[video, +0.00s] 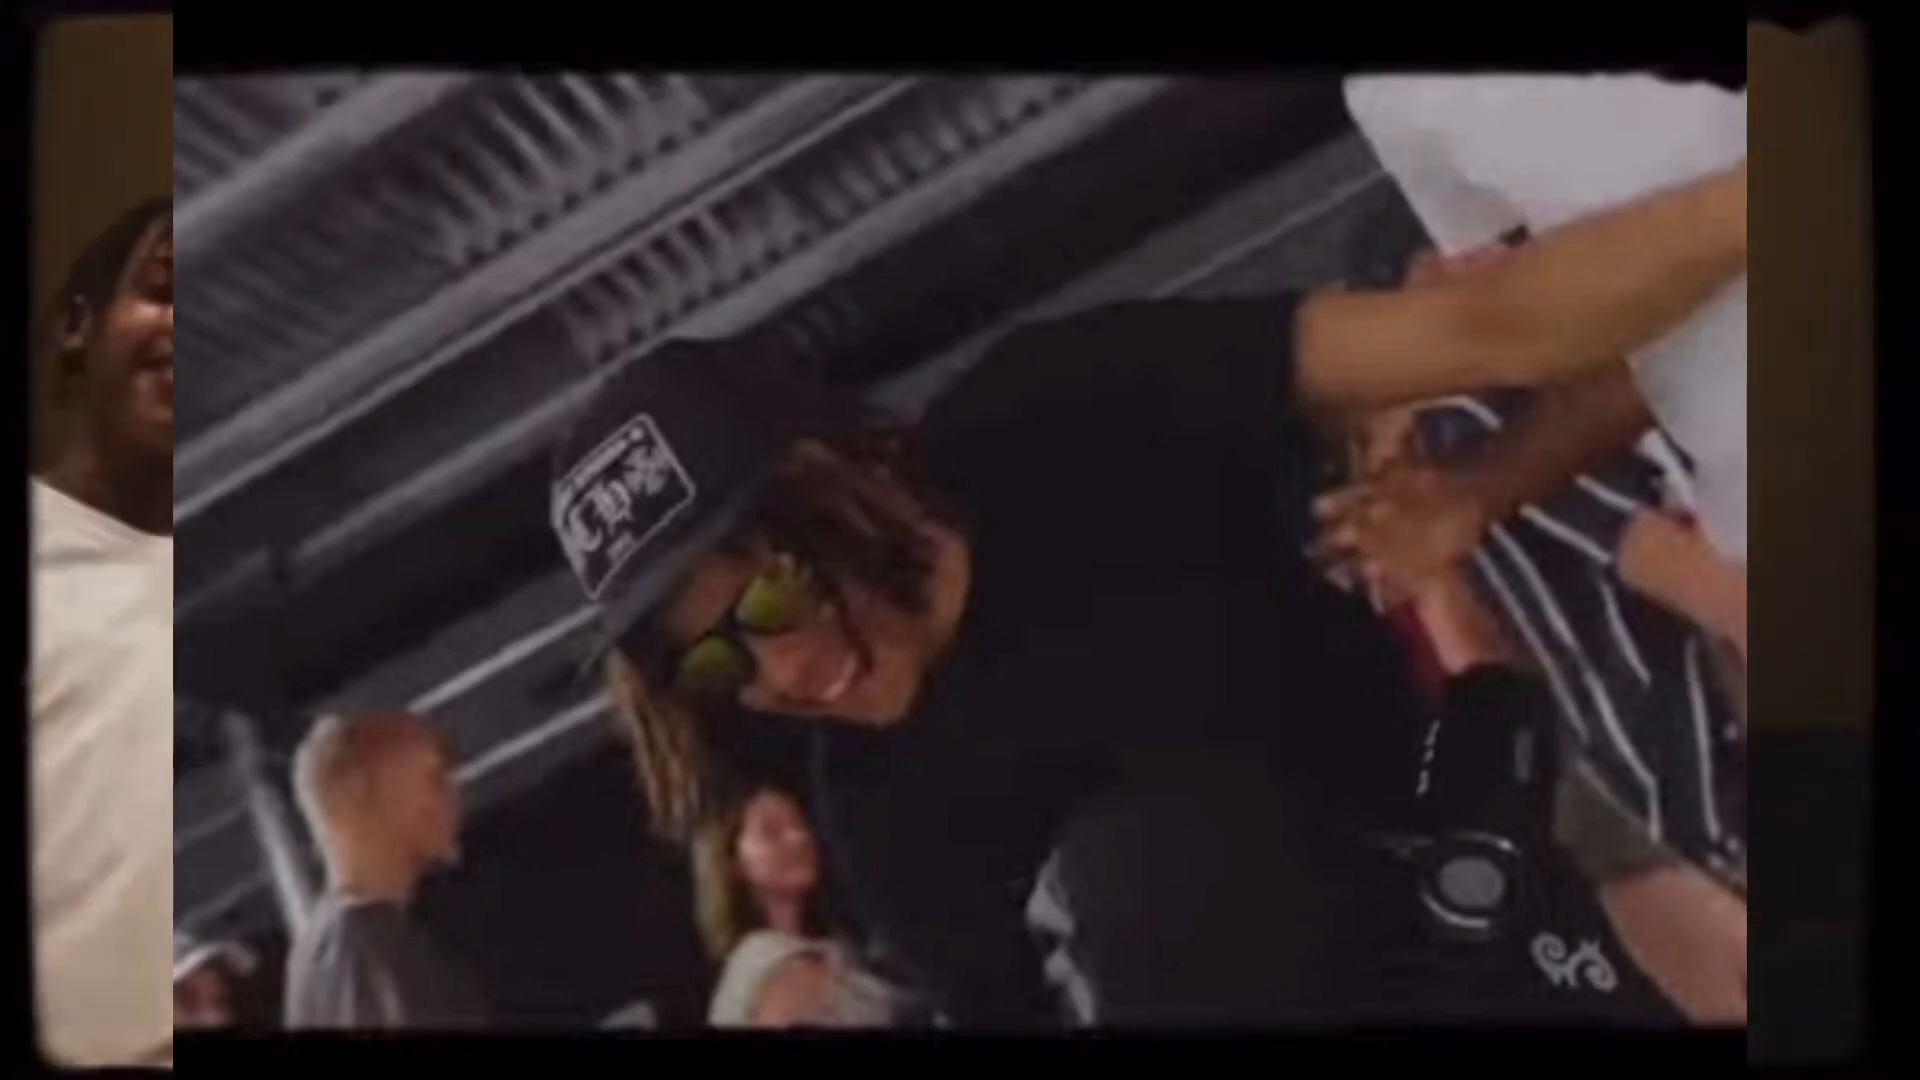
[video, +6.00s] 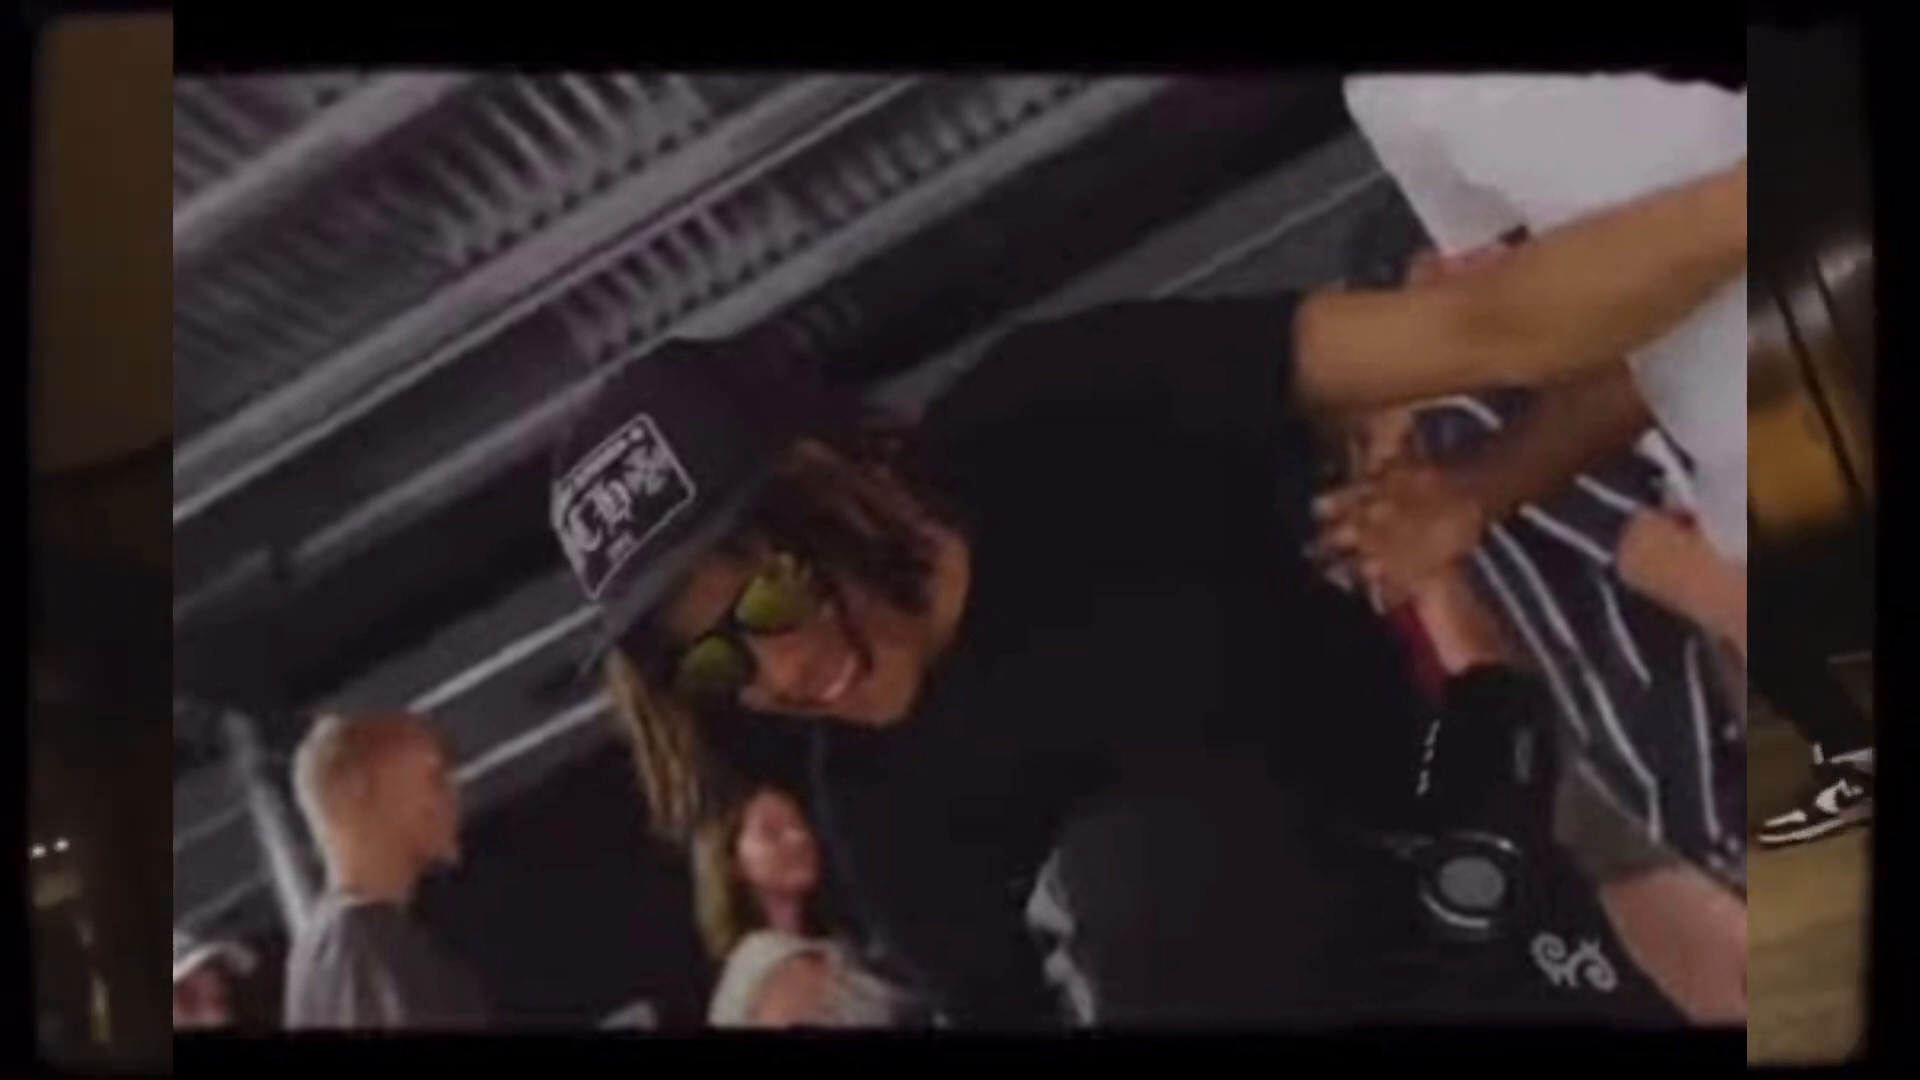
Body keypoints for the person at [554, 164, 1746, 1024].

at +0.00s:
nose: (768, 661)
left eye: (761, 587)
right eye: (709, 657)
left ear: (835, 480)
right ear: (686, 685)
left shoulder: (1051, 403)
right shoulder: (887, 843)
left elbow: (1469, 330)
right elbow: (1030, 1023)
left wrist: (1760, 200)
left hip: (1476, 839)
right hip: (1242, 973)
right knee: (1136, 867)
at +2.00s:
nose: (768, 656)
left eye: (760, 581)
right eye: (708, 654)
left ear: (834, 475)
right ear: (687, 686)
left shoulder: (1053, 403)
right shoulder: (888, 847)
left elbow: (1467, 331)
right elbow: (1038, 1025)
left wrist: (1784, 188)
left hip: (1482, 835)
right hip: (1263, 973)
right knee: (1136, 864)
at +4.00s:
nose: (767, 658)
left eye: (759, 583)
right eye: (707, 655)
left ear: (833, 477)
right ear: (686, 686)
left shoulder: (1050, 404)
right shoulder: (888, 846)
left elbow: (1469, 328)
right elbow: (1038, 1026)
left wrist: (1787, 188)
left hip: (1483, 841)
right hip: (1258, 972)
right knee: (1135, 865)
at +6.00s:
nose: (766, 660)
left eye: (759, 585)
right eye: (707, 656)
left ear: (833, 478)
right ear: (685, 685)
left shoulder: (1053, 402)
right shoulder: (886, 843)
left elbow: (1473, 327)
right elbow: (1028, 1024)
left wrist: (1769, 197)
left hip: (1475, 852)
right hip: (1237, 975)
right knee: (1135, 865)